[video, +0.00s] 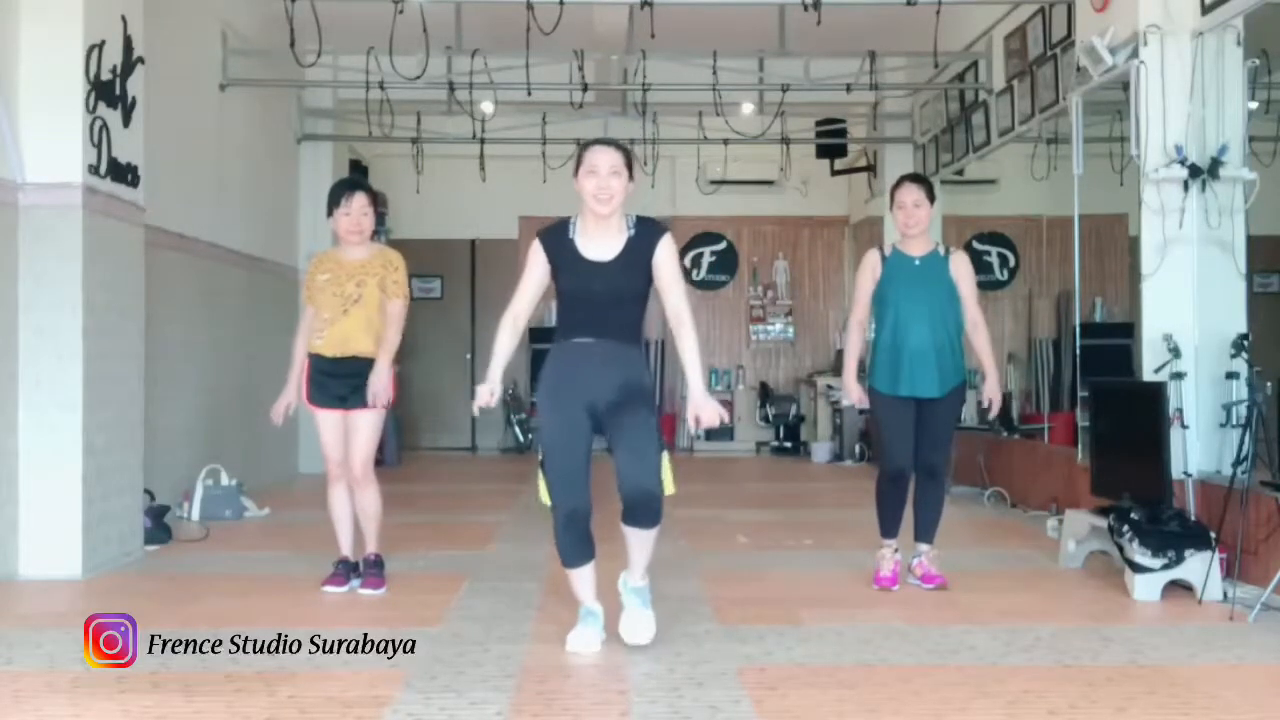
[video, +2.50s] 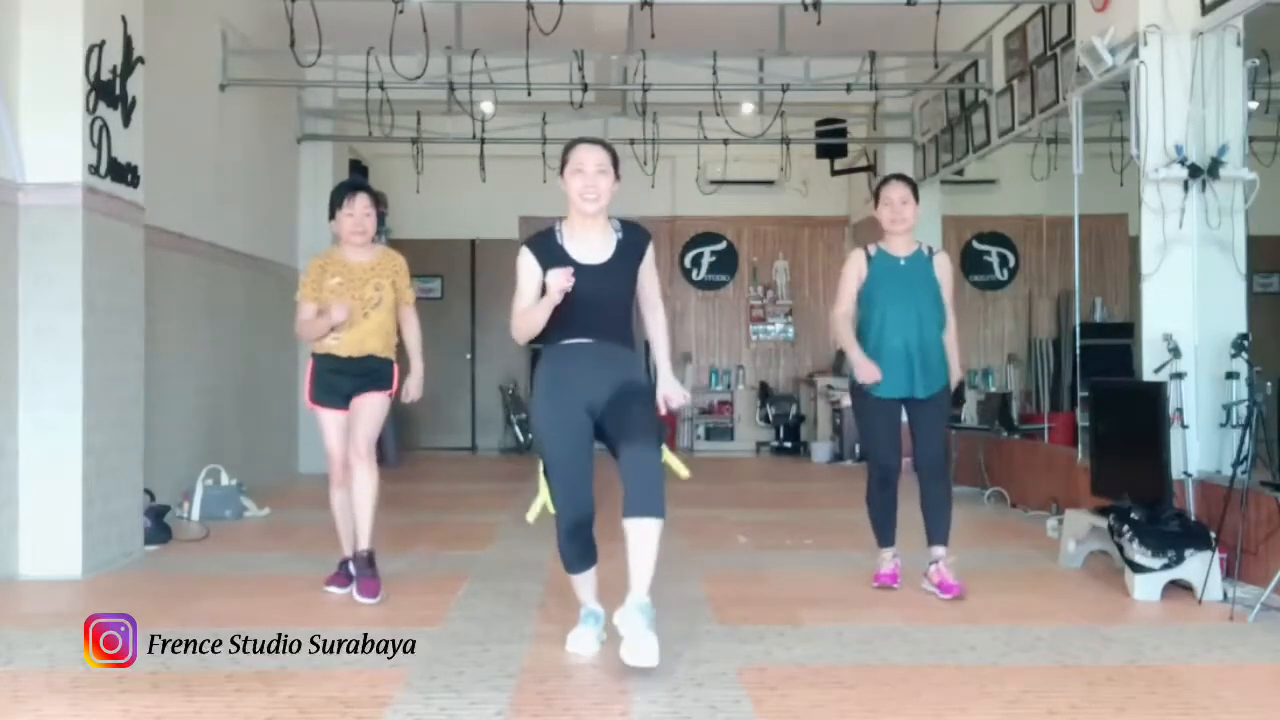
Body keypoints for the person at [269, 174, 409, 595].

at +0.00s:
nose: (356, 220)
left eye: (365, 212)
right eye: (347, 212)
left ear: (376, 218)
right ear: (331, 219)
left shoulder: (390, 262)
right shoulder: (320, 266)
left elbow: (395, 321)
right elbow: (306, 329)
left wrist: (383, 367)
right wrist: (292, 386)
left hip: (370, 368)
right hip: (324, 367)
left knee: (360, 468)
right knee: (335, 468)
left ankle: (372, 558)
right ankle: (346, 560)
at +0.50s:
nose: (371, 219)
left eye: (378, 211)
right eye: (361, 211)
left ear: (388, 216)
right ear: (345, 218)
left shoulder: (405, 259)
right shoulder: (332, 265)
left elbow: (421, 318)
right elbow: (318, 317)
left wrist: (430, 371)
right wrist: (318, 347)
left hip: (390, 368)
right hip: (341, 367)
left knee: (382, 468)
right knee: (346, 468)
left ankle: (393, 561)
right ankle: (349, 560)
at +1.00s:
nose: (367, 229)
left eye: (374, 221)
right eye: (357, 221)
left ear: (384, 225)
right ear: (341, 226)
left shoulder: (399, 268)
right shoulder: (327, 270)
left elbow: (413, 326)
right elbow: (307, 327)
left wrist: (418, 383)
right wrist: (312, 368)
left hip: (382, 372)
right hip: (335, 373)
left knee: (379, 466)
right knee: (341, 469)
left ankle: (393, 554)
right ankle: (349, 559)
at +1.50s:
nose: (354, 219)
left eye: (363, 212)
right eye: (346, 212)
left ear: (375, 219)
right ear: (332, 219)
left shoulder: (393, 262)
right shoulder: (322, 267)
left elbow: (416, 319)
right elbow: (309, 325)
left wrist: (398, 348)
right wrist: (303, 377)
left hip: (383, 371)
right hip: (336, 372)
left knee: (395, 469)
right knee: (344, 468)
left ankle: (408, 537)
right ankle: (350, 559)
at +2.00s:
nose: (356, 223)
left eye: (365, 215)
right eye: (347, 215)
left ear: (376, 222)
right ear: (333, 221)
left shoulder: (391, 266)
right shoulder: (320, 270)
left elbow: (408, 326)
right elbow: (305, 324)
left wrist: (423, 382)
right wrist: (297, 370)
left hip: (376, 373)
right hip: (327, 373)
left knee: (378, 470)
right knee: (338, 470)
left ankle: (397, 532)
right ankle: (348, 560)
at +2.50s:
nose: (359, 222)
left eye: (367, 215)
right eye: (350, 214)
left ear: (377, 220)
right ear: (334, 220)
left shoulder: (393, 263)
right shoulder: (319, 267)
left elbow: (408, 317)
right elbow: (304, 331)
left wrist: (416, 368)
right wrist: (330, 321)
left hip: (377, 367)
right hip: (329, 367)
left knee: (362, 452)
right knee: (339, 464)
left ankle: (365, 555)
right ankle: (347, 558)